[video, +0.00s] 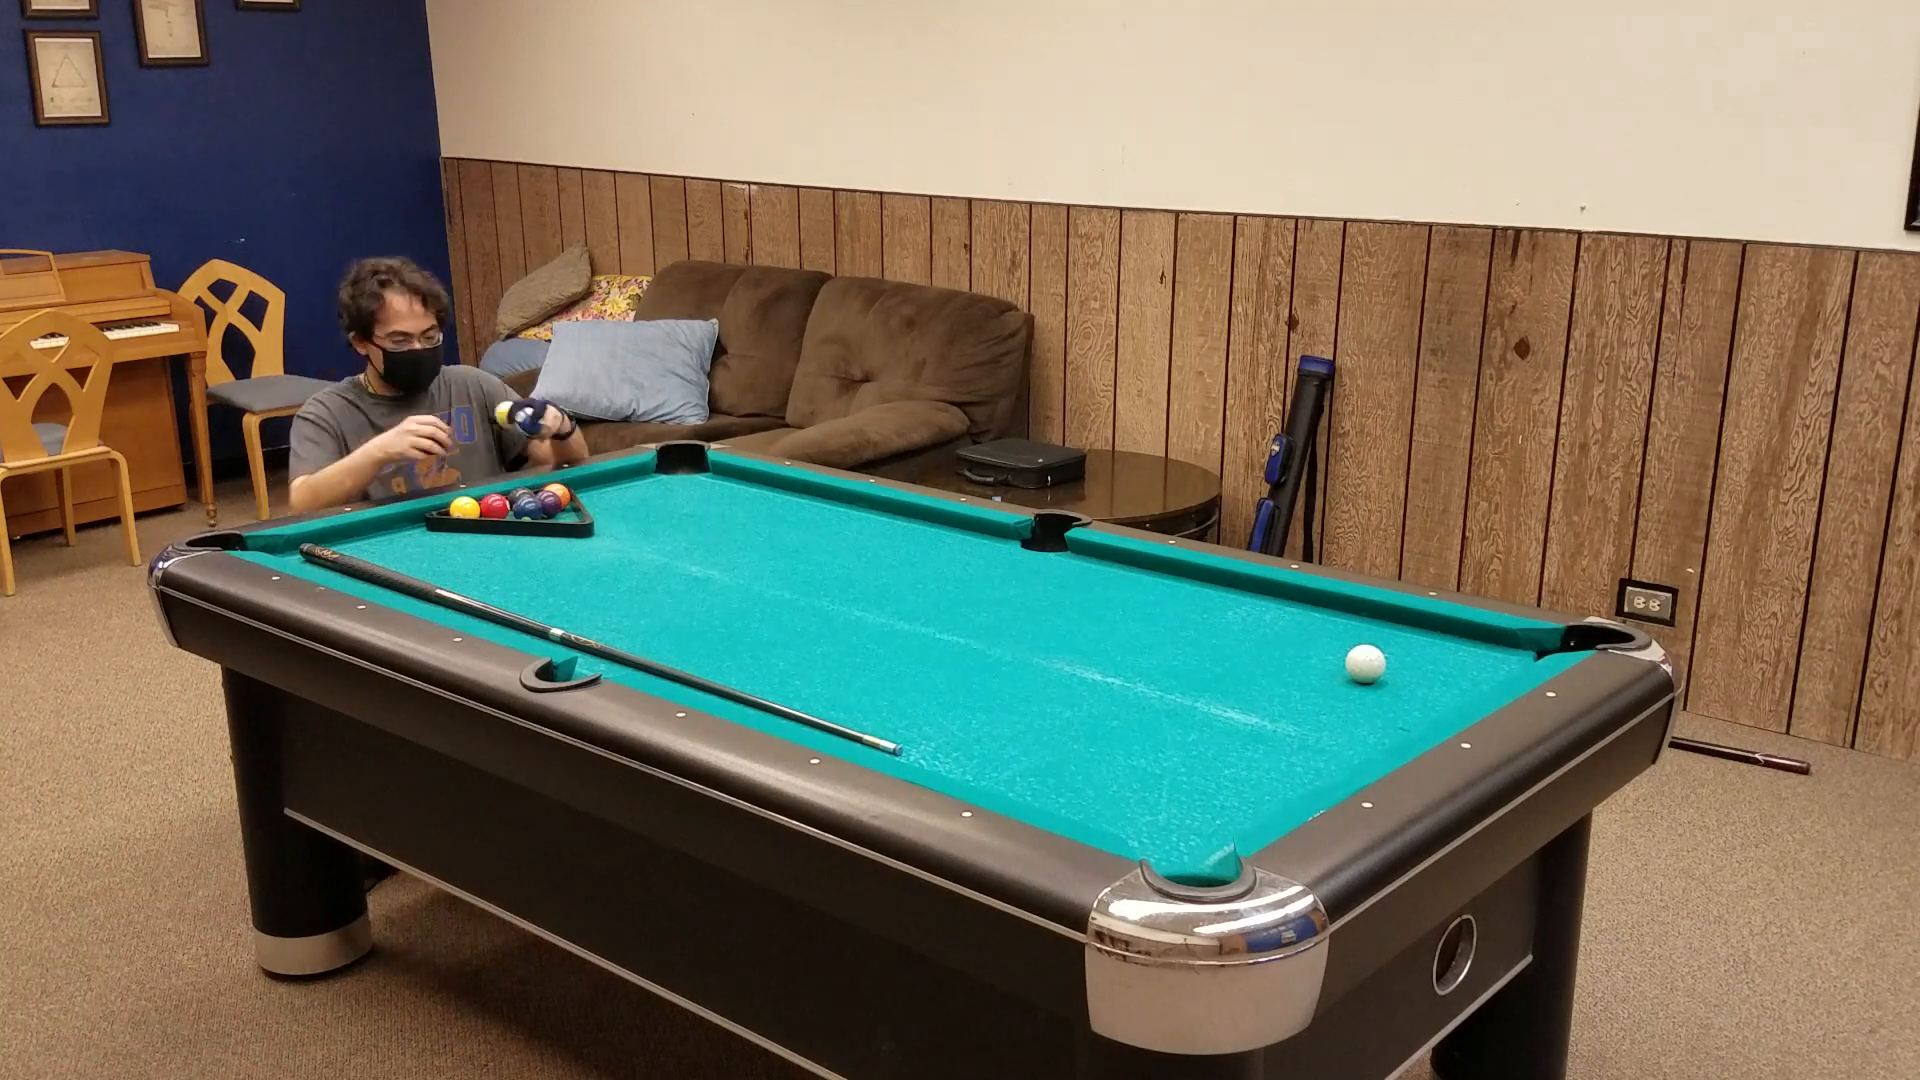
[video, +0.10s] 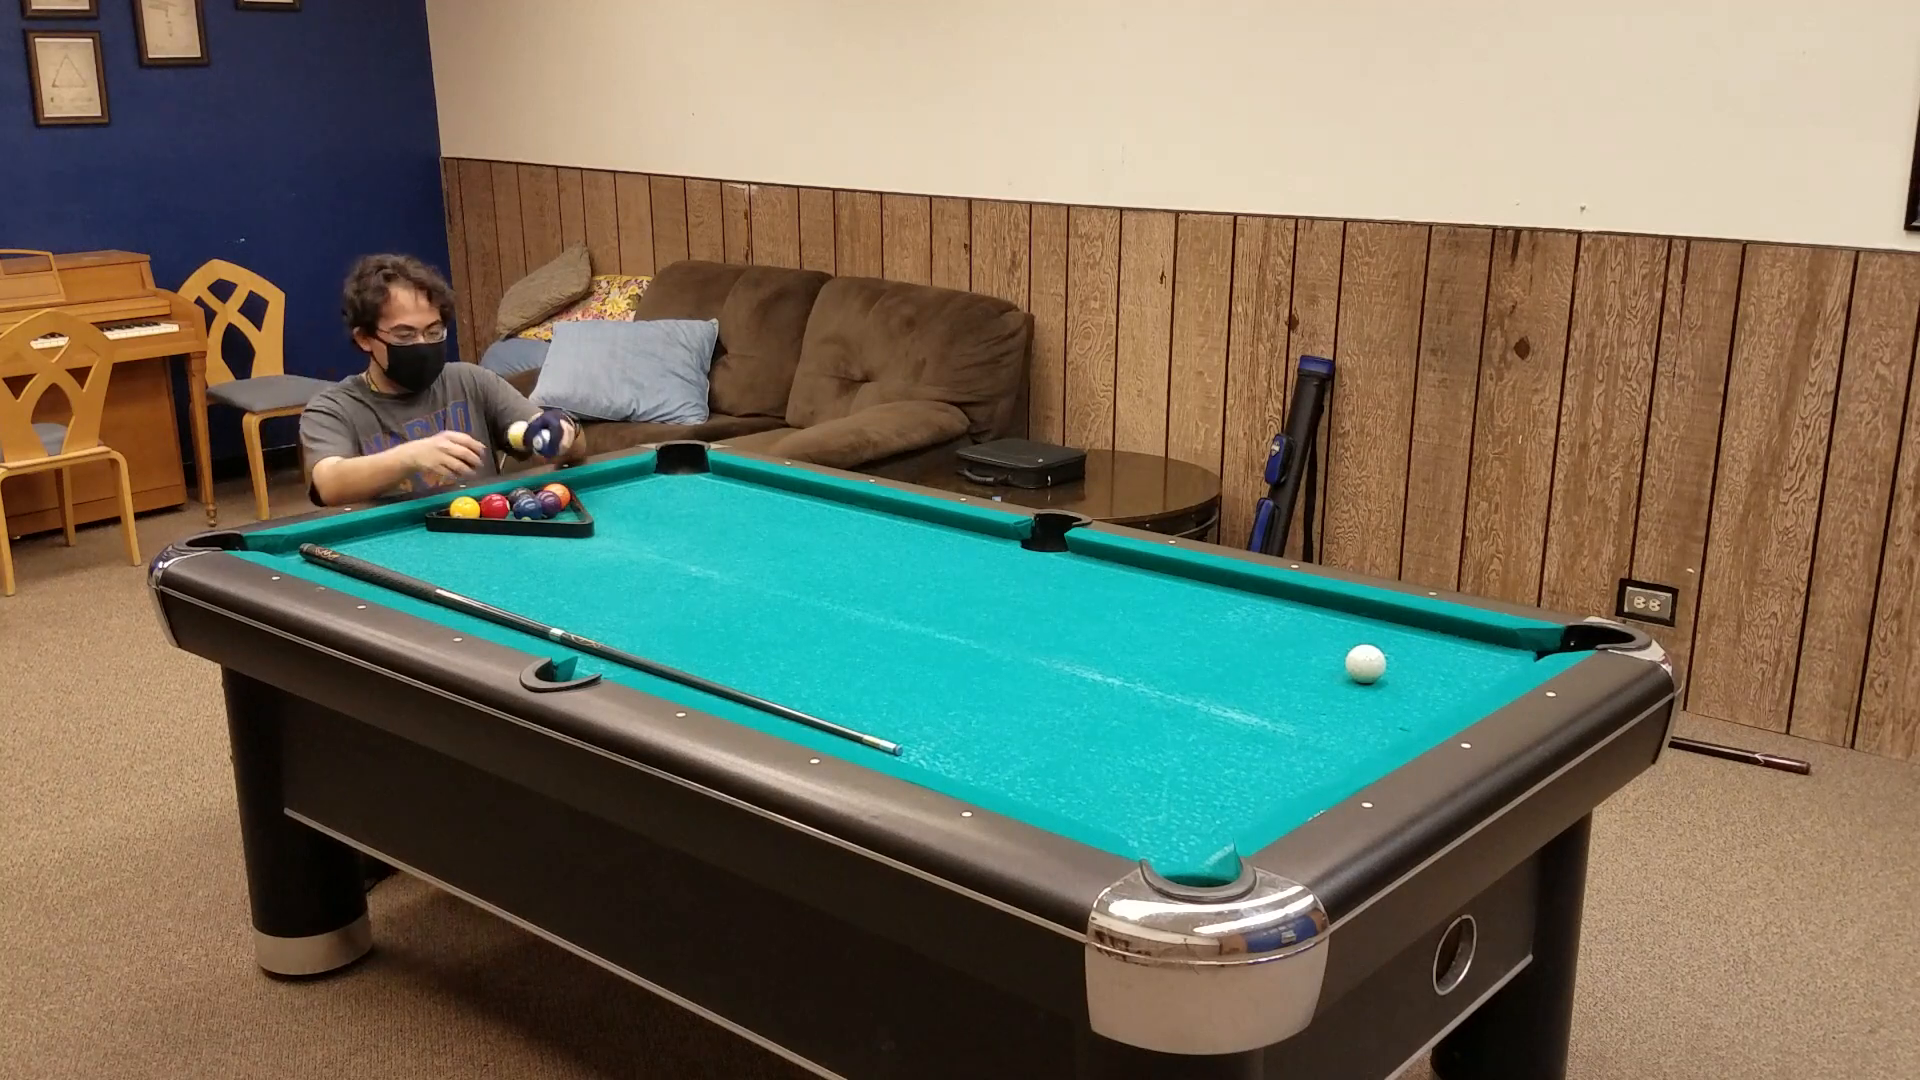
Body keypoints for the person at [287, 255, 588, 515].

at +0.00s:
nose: (420, 351)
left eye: (429, 335)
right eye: (400, 339)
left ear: (440, 329)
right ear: (362, 343)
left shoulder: (473, 386)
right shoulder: (326, 414)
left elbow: (570, 464)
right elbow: (304, 503)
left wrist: (564, 430)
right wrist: (379, 451)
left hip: (494, 554)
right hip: (387, 571)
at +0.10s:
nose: (424, 346)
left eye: (433, 330)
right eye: (404, 333)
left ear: (445, 326)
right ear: (365, 338)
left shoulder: (470, 382)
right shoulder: (333, 409)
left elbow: (575, 450)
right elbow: (330, 485)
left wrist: (562, 435)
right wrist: (410, 456)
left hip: (493, 548)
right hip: (396, 565)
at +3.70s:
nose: (458, 340)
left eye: (467, 326)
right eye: (440, 326)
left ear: (478, 326)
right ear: (397, 333)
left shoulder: (487, 381)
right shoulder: (358, 404)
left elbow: (569, 432)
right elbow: (363, 482)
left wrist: (582, 460)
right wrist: (460, 454)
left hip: (502, 552)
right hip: (409, 566)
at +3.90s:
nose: (462, 340)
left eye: (470, 327)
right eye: (443, 327)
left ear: (480, 327)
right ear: (399, 334)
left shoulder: (487, 381)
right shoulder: (360, 404)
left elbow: (567, 431)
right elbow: (365, 479)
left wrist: (582, 457)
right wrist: (463, 463)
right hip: (412, 564)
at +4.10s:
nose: (462, 341)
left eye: (471, 327)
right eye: (444, 327)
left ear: (481, 328)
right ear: (400, 334)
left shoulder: (488, 382)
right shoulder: (360, 404)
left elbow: (567, 431)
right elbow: (365, 479)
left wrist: (582, 458)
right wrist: (462, 464)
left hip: (499, 552)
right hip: (409, 565)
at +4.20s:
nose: (461, 342)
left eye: (470, 329)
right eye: (443, 327)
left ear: (481, 329)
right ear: (400, 334)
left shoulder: (488, 381)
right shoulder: (360, 404)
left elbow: (568, 431)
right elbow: (365, 480)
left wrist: (582, 458)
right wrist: (460, 463)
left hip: (503, 550)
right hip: (411, 565)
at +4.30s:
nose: (460, 343)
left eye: (470, 330)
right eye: (443, 328)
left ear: (480, 330)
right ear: (401, 335)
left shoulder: (488, 382)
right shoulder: (360, 404)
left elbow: (567, 431)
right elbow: (364, 482)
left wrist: (583, 457)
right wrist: (442, 455)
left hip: (500, 549)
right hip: (411, 565)